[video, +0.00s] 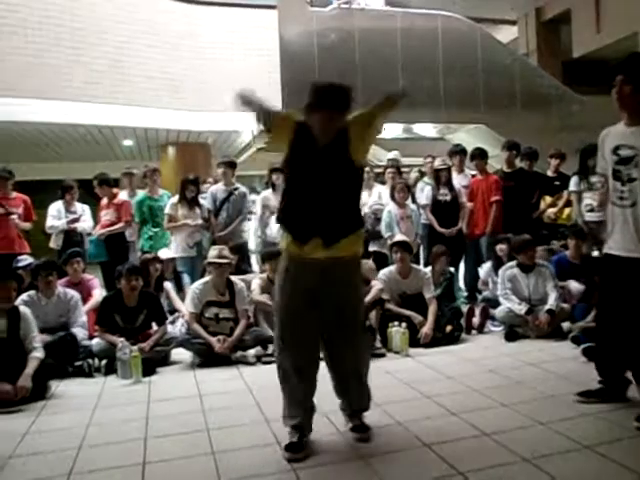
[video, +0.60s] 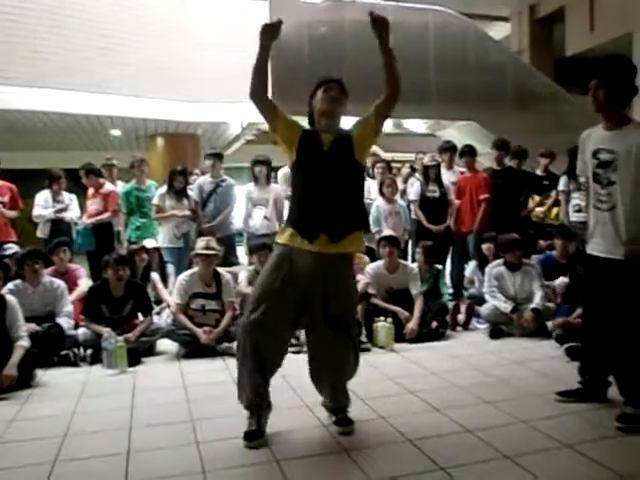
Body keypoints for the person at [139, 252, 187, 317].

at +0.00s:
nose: (156, 267)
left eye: (158, 263)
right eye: (152, 264)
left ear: (161, 265)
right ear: (146, 268)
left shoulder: (165, 285)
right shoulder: (141, 288)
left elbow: (177, 302)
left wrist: (187, 314)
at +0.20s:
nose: (158, 260)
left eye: (160, 257)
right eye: (153, 258)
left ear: (163, 259)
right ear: (147, 261)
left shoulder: (167, 279)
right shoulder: (142, 281)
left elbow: (176, 293)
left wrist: (186, 307)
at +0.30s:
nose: (154, 258)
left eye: (156, 254)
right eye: (149, 255)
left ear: (160, 257)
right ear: (144, 259)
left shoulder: (163, 276)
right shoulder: (139, 279)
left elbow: (173, 291)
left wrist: (182, 305)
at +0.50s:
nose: (147, 257)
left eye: (149, 253)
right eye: (143, 254)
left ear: (153, 256)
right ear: (138, 257)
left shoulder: (157, 275)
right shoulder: (132, 276)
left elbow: (166, 290)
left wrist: (177, 304)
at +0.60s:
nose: (143, 257)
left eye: (144, 253)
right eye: (138, 254)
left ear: (148, 256)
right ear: (133, 258)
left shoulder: (152, 276)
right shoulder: (128, 278)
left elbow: (162, 291)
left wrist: (172, 304)